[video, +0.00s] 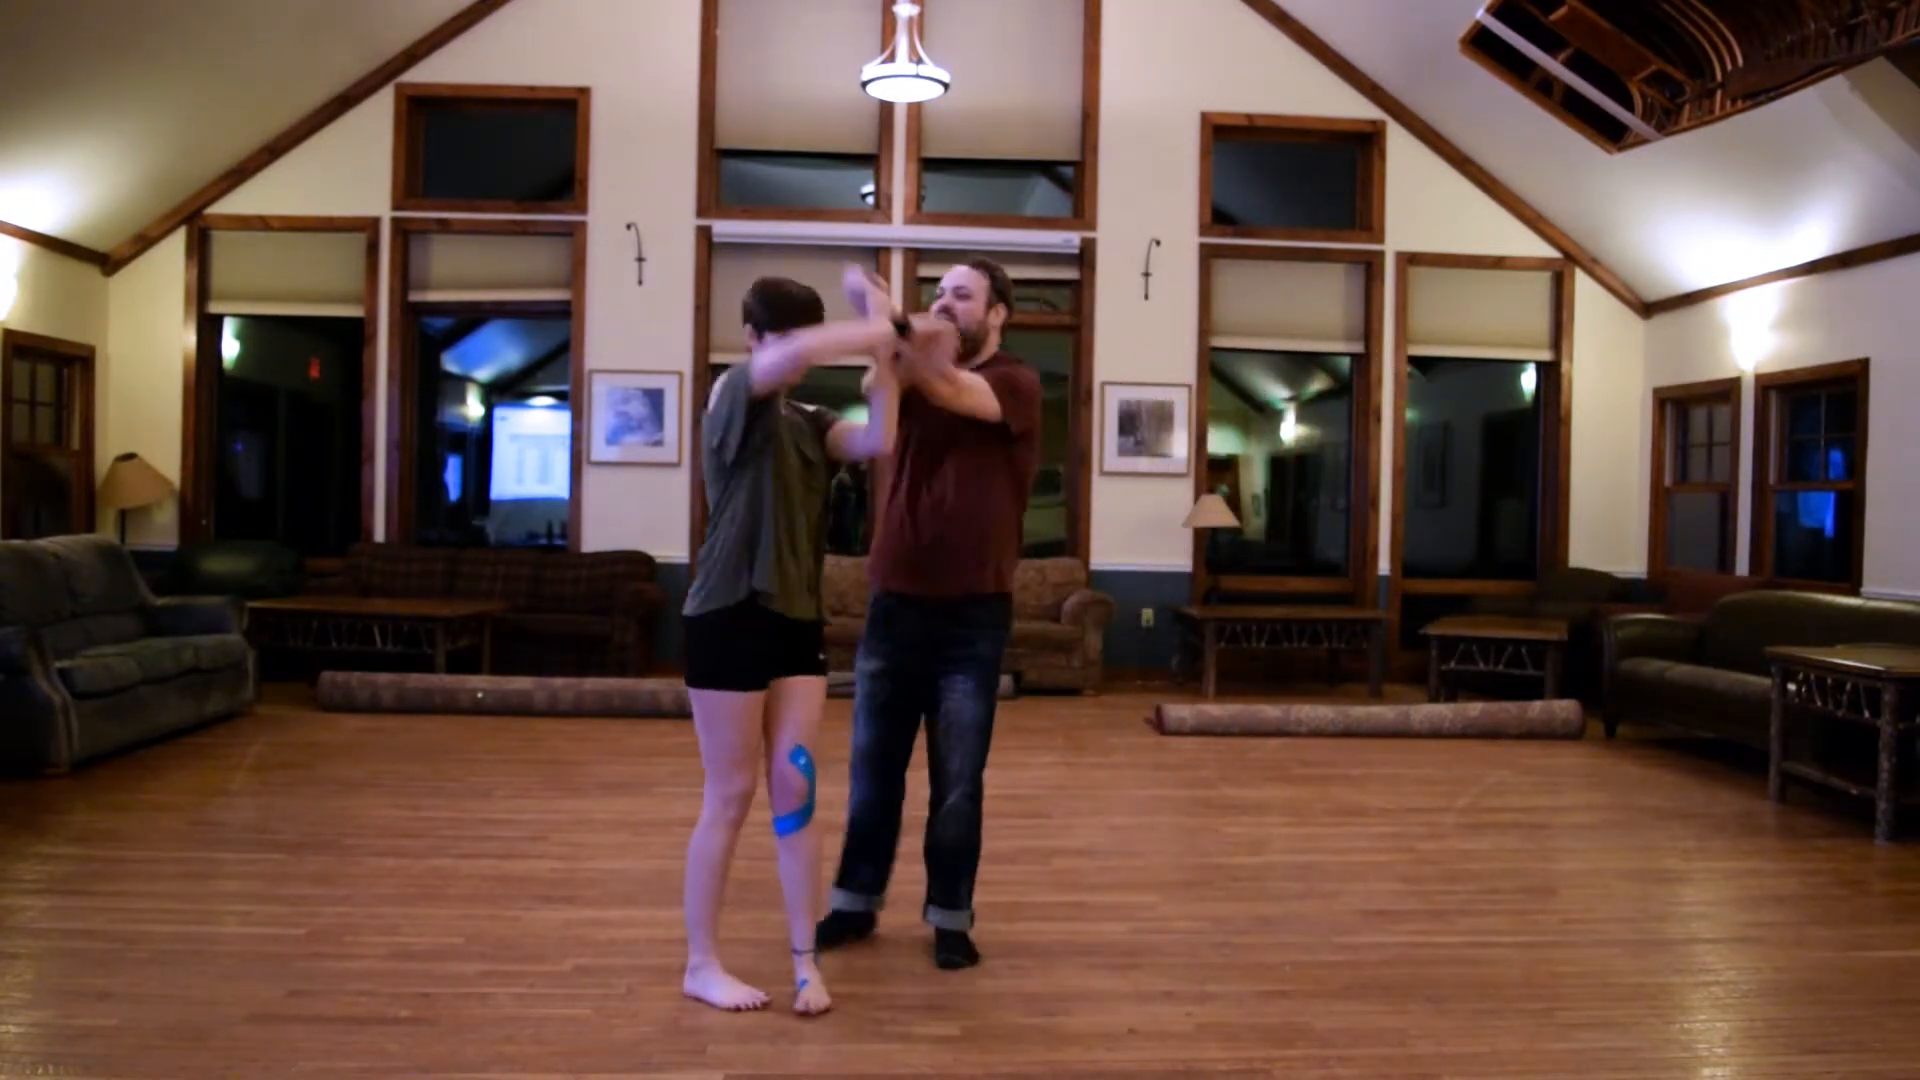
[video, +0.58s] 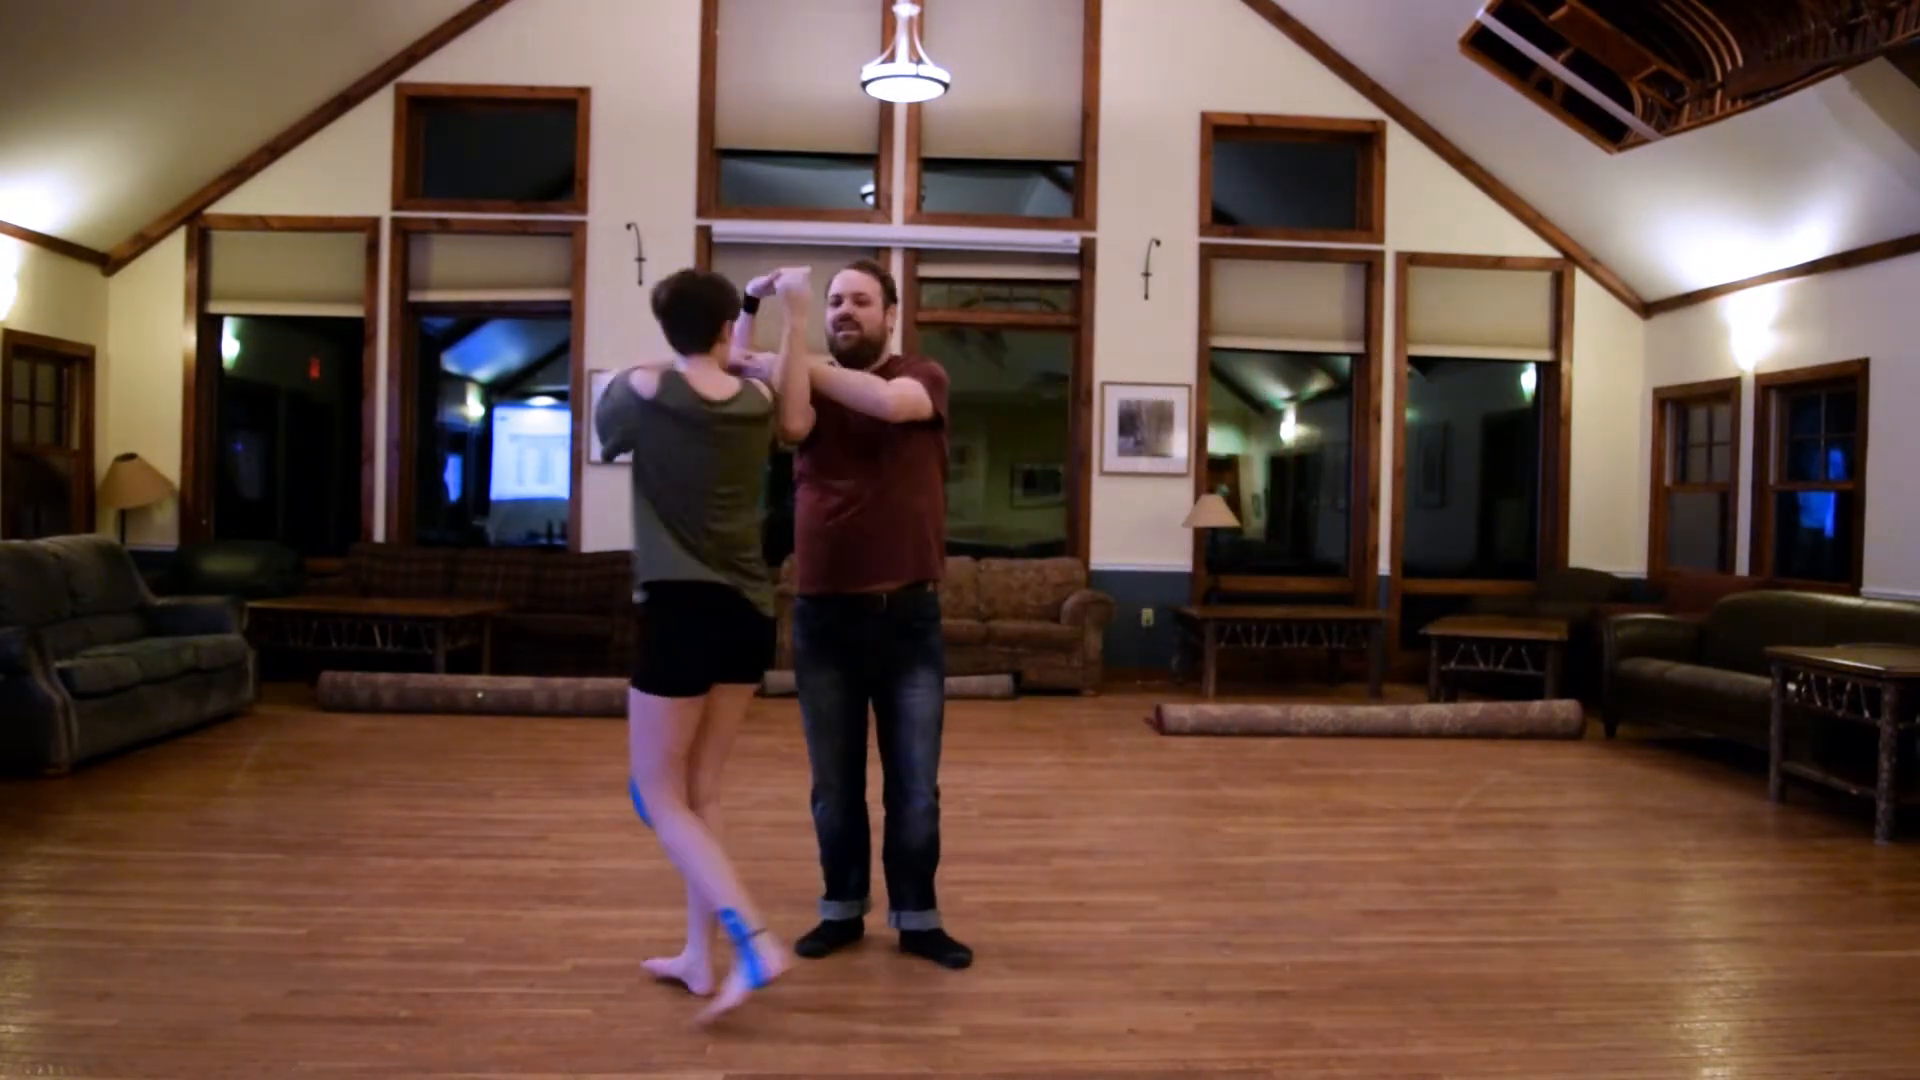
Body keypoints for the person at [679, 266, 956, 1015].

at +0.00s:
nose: (786, 354)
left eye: (792, 343)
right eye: (779, 343)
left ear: (778, 341)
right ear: (762, 342)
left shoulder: (810, 423)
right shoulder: (730, 403)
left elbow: (876, 439)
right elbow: (787, 353)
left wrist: (886, 360)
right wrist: (882, 329)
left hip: (796, 619)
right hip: (727, 616)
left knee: (793, 788)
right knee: (729, 794)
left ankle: (805, 960)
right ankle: (701, 965)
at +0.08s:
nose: (783, 357)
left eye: (797, 348)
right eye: (773, 345)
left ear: (811, 351)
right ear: (749, 341)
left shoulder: (819, 420)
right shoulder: (729, 405)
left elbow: (875, 395)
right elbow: (739, 299)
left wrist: (852, 297)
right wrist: (812, 266)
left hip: (802, 617)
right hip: (723, 611)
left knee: (801, 791)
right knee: (735, 795)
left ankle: (805, 964)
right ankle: (703, 964)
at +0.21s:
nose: (752, 368)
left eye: (763, 354)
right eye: (741, 358)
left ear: (796, 347)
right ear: (727, 356)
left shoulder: (823, 410)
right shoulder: (718, 398)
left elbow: (813, 317)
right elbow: (673, 274)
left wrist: (778, 237)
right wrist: (751, 217)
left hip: (798, 616)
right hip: (713, 610)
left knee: (792, 799)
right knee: (721, 801)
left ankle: (803, 963)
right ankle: (705, 963)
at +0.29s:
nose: (716, 362)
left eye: (727, 348)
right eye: (710, 351)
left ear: (766, 335)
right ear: (709, 347)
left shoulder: (806, 391)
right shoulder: (717, 386)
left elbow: (749, 287)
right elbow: (667, 293)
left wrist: (756, 247)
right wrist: (719, 225)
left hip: (784, 608)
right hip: (704, 599)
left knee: (773, 800)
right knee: (695, 796)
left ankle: (802, 963)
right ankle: (699, 961)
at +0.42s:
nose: (692, 340)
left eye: (700, 331)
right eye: (700, 331)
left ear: (719, 331)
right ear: (771, 322)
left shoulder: (728, 378)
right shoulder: (795, 392)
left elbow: (658, 296)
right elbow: (781, 331)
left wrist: (719, 296)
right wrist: (773, 284)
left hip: (748, 593)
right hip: (699, 591)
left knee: (728, 800)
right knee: (684, 785)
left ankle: (814, 952)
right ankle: (695, 959)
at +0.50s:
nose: (682, 334)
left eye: (684, 329)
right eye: (748, 329)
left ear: (684, 336)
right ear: (750, 339)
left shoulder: (674, 393)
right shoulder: (777, 412)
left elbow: (622, 339)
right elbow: (798, 399)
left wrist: (693, 337)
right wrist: (785, 324)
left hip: (704, 604)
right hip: (744, 602)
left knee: (688, 802)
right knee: (687, 794)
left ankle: (814, 932)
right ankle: (695, 957)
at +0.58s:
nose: (735, 334)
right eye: (734, 323)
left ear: (665, 330)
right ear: (731, 331)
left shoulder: (643, 394)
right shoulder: (761, 397)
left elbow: (603, 433)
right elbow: (796, 416)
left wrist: (634, 380)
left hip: (675, 611)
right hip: (747, 610)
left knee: (657, 795)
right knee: (701, 794)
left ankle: (754, 943)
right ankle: (697, 956)